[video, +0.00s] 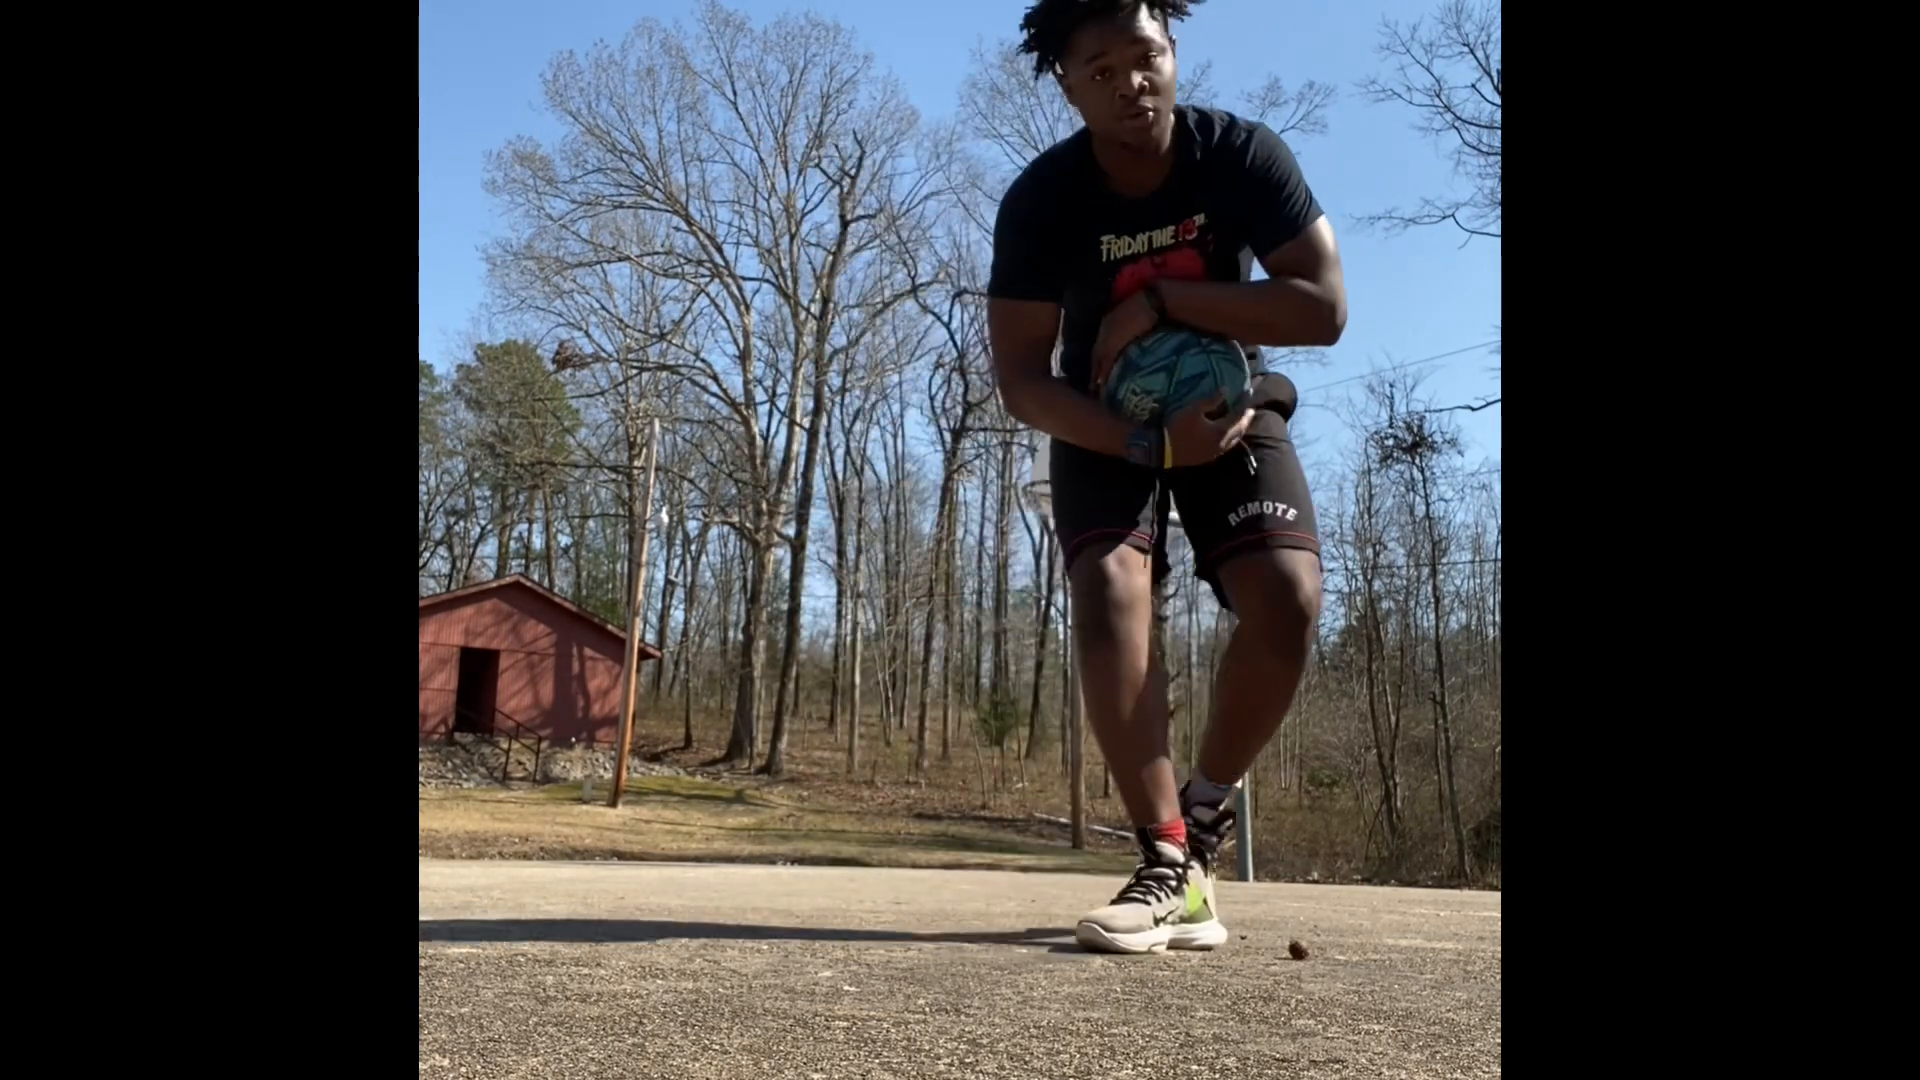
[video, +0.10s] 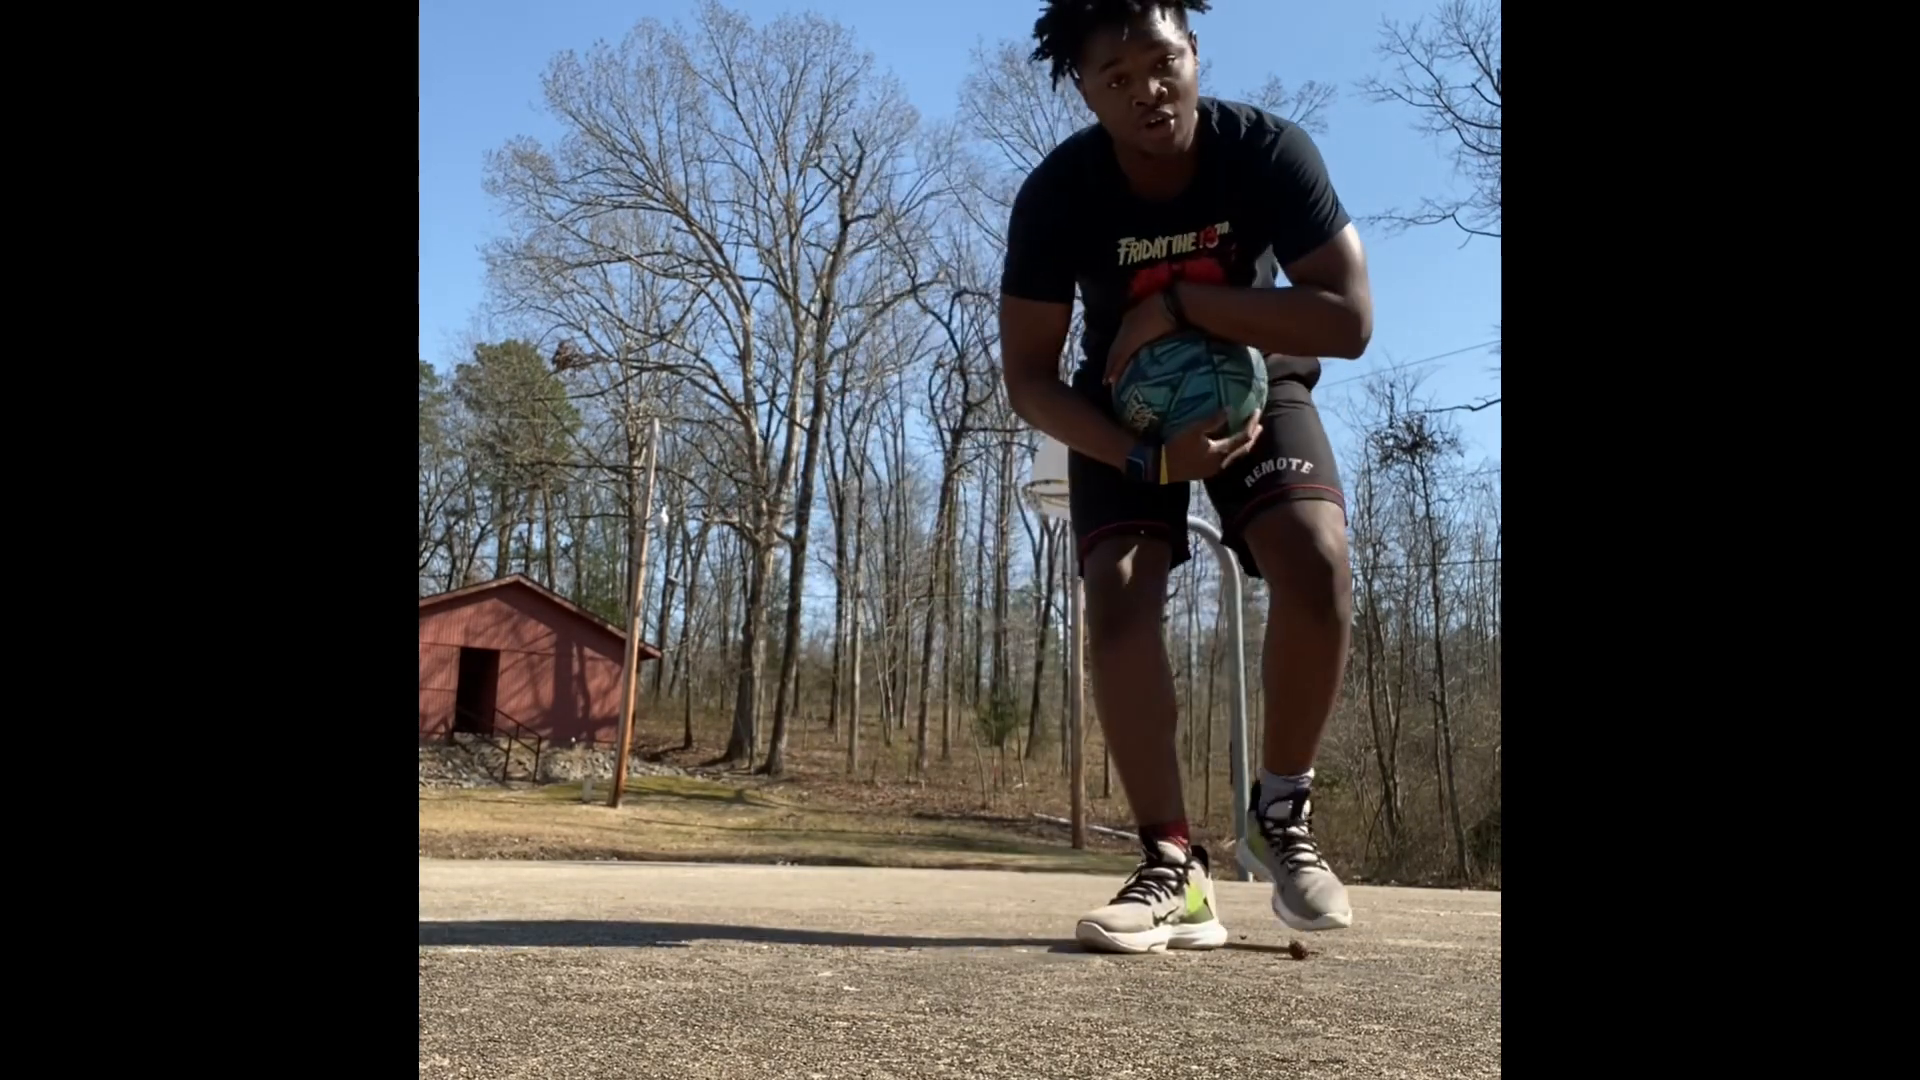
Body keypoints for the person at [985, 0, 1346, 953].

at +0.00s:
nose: (1130, 85)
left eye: (1144, 59)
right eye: (1102, 71)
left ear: (1173, 54)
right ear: (1067, 82)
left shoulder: (1245, 155)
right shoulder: (1039, 201)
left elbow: (1323, 312)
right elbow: (1020, 377)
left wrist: (1156, 298)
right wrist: (1150, 445)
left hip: (1232, 394)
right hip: (1097, 408)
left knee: (1288, 597)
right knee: (1108, 586)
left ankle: (1203, 809)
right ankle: (1167, 867)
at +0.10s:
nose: (1149, 94)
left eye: (1163, 65)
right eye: (1118, 80)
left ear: (1193, 54)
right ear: (1084, 88)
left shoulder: (1269, 152)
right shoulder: (1057, 194)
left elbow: (1347, 322)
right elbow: (1029, 374)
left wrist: (1174, 302)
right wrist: (1149, 458)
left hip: (1256, 380)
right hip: (1119, 397)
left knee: (1317, 563)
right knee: (1117, 593)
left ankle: (1284, 812)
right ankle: (1169, 867)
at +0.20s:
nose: (1176, 102)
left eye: (1192, 73)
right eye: (1145, 87)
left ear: (1225, 53)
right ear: (1109, 90)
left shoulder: (1299, 151)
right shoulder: (1078, 194)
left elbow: (1343, 347)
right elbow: (1045, 379)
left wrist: (1172, 310)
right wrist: (1164, 460)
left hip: (1281, 372)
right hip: (1141, 389)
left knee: (1335, 559)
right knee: (1135, 599)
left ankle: (1405, 856)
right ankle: (1174, 876)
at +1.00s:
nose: (1152, 146)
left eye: (1161, 109)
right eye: (1116, 135)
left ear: (1200, 78)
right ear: (1091, 147)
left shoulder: (1319, 148)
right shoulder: (1104, 231)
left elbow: (1370, 369)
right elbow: (1112, 420)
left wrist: (1200, 334)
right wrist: (1247, 460)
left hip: (1374, 346)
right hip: (1229, 371)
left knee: (1416, 570)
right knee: (1173, 596)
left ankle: (1467, 879)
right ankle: (1178, 873)